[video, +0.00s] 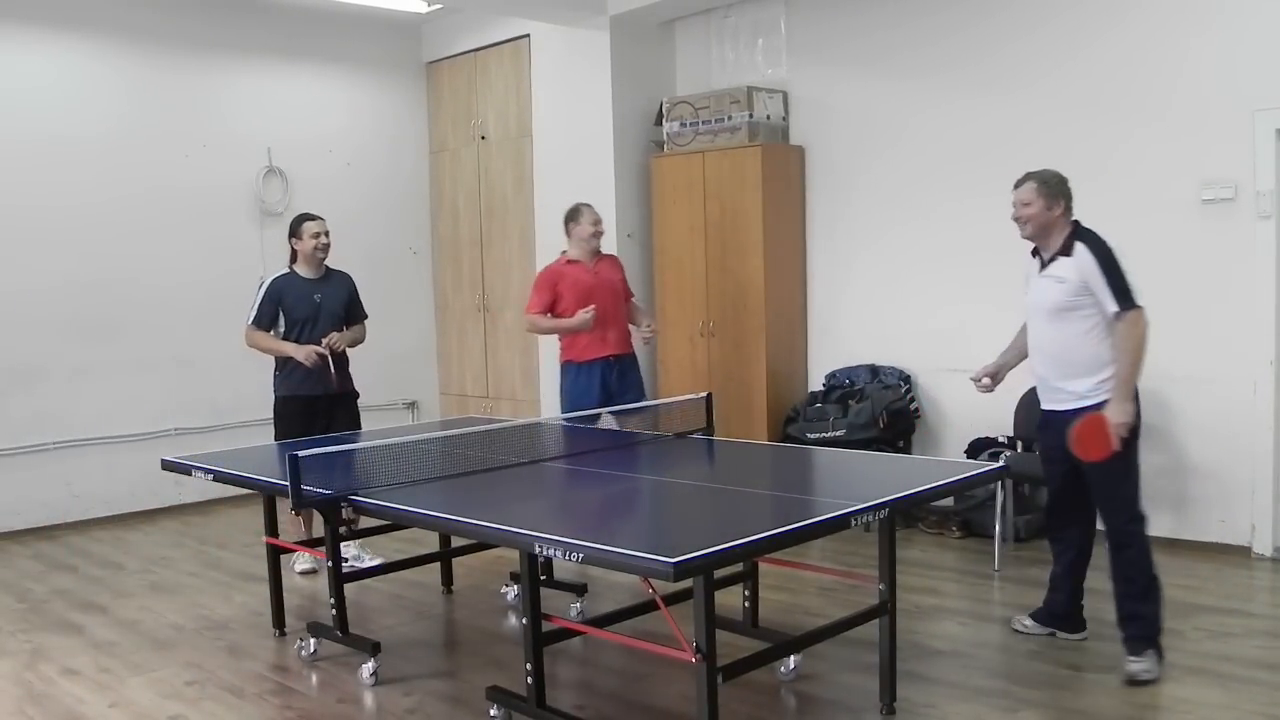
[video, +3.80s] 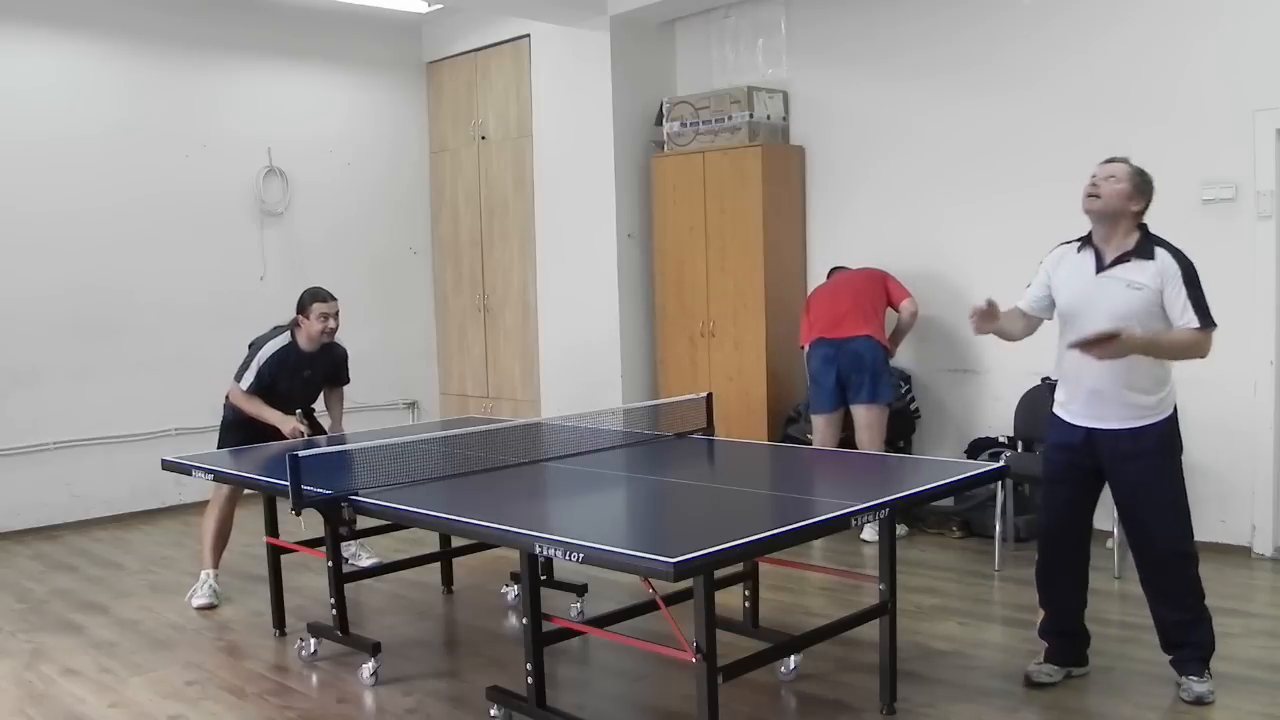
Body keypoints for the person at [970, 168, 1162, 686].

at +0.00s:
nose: (1016, 215)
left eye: (1024, 207)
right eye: (1014, 208)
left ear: (1057, 208)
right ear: (1035, 212)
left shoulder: (1090, 251)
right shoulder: (1036, 259)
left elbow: (1132, 319)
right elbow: (1039, 324)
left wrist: (1122, 397)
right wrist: (1002, 364)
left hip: (1104, 411)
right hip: (1055, 412)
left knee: (1122, 525)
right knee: (1066, 520)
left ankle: (1142, 644)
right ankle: (1062, 613)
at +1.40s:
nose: (1071, 216)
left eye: (1077, 204)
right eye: (1070, 205)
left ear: (1115, 201)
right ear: (1108, 203)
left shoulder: (1175, 257)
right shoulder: (1095, 255)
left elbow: (1217, 350)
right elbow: (1077, 331)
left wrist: (1126, 380)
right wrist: (1017, 306)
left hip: (1164, 445)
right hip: (1097, 439)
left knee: (1171, 581)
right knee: (1084, 568)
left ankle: (1190, 707)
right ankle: (1073, 680)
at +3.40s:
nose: (1028, 237)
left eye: (1037, 227)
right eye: (1024, 227)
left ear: (1073, 224)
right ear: (1032, 227)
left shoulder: (1129, 265)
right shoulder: (1031, 282)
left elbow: (1178, 336)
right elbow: (1031, 354)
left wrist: (1111, 377)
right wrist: (1013, 395)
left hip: (1138, 435)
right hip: (1063, 435)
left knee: (1160, 546)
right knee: (1049, 543)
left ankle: (1188, 668)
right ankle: (1059, 652)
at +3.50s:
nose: (1034, 221)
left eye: (1045, 211)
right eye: (1032, 212)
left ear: (1081, 215)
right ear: (1036, 218)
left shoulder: (1131, 262)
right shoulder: (1032, 274)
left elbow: (1178, 335)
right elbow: (1021, 346)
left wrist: (1110, 373)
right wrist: (1014, 351)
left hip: (1135, 434)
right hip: (1061, 434)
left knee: (1159, 546)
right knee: (1048, 541)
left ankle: (1190, 664)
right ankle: (1059, 653)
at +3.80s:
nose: (1093, 182)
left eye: (1109, 177)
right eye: (1091, 176)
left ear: (1138, 200)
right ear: (1086, 198)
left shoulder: (1168, 262)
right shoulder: (1062, 258)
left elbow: (1199, 341)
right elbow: (1024, 320)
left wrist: (1132, 341)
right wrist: (998, 321)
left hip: (1144, 432)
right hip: (1070, 428)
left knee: (1165, 548)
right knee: (1058, 541)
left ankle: (1191, 664)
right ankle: (1063, 654)